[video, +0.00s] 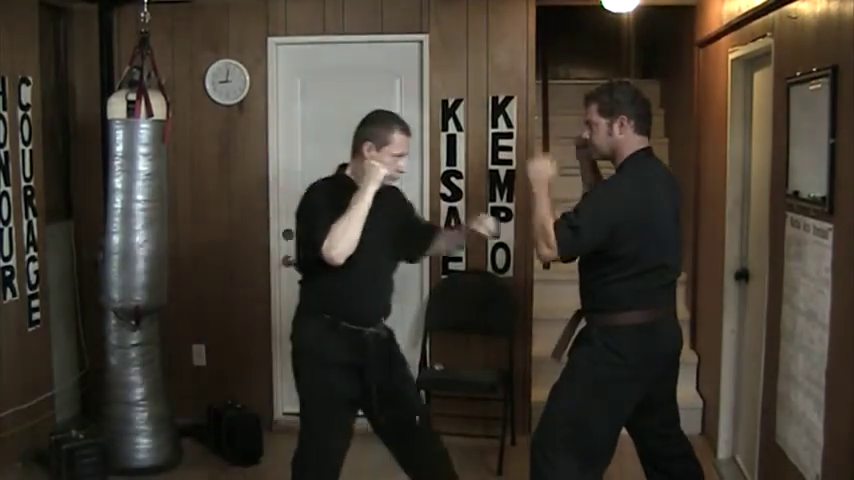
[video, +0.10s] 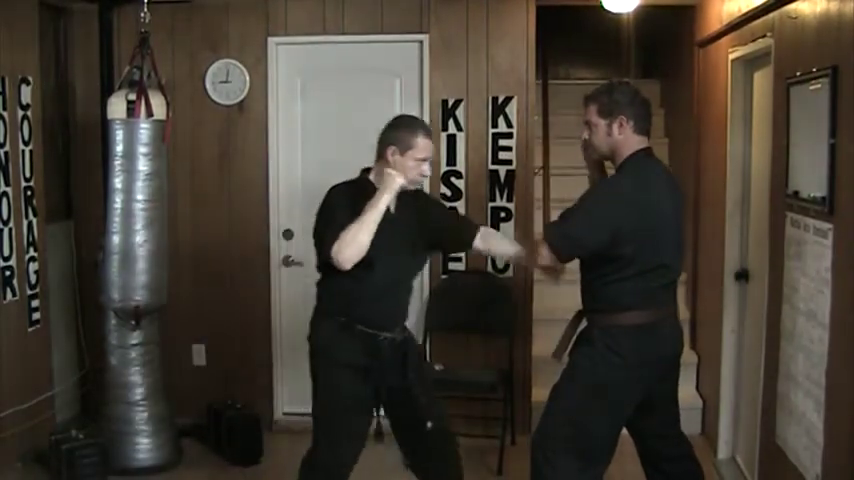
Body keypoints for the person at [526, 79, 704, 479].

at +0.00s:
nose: (586, 135)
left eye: (591, 125)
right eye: (585, 125)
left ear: (621, 126)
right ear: (626, 126)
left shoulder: (621, 187)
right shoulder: (662, 179)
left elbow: (550, 247)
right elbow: (602, 220)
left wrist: (540, 185)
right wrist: (587, 163)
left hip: (616, 342)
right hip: (659, 337)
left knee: (557, 455)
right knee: (666, 449)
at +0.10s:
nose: (585, 136)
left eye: (590, 126)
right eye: (585, 126)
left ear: (620, 126)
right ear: (628, 126)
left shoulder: (618, 189)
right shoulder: (663, 180)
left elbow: (548, 253)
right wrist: (595, 169)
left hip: (617, 342)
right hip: (661, 336)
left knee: (557, 454)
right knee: (666, 450)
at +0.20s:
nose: (585, 137)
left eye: (590, 127)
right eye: (585, 127)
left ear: (619, 126)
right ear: (628, 126)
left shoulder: (619, 191)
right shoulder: (666, 182)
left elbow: (551, 255)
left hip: (618, 343)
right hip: (662, 338)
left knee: (557, 453)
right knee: (666, 451)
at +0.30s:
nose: (585, 138)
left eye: (589, 127)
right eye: (584, 128)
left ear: (619, 126)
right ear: (627, 126)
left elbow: (550, 260)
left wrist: (544, 282)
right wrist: (599, 171)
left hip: (619, 343)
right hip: (663, 337)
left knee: (557, 453)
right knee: (665, 450)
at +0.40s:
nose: (583, 140)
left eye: (588, 129)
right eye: (583, 130)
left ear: (618, 127)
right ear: (624, 127)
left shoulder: (623, 191)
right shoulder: (660, 181)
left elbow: (556, 265)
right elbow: (601, 231)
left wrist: (548, 252)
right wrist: (584, 172)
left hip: (621, 341)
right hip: (658, 335)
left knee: (559, 452)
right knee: (664, 449)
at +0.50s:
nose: (581, 141)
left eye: (587, 130)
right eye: (581, 131)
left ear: (618, 129)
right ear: (619, 129)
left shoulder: (633, 186)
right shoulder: (631, 178)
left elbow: (586, 260)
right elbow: (575, 221)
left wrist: (555, 205)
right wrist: (544, 185)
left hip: (625, 341)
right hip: (645, 333)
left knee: (562, 454)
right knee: (663, 450)